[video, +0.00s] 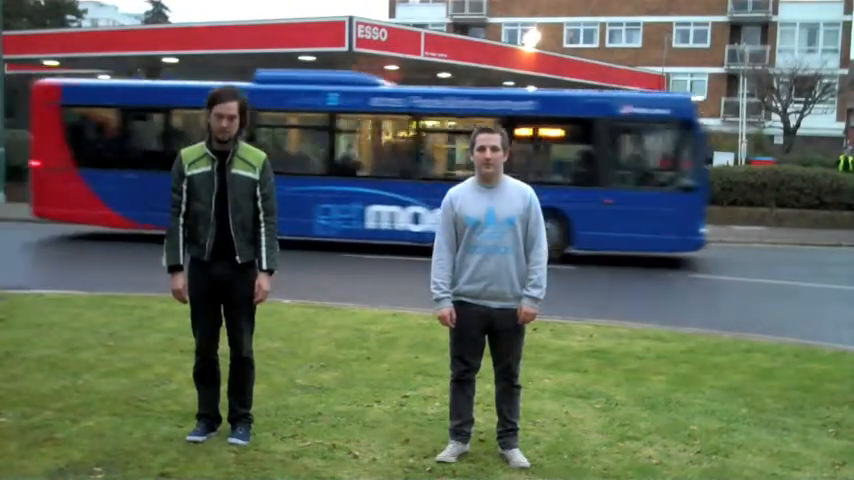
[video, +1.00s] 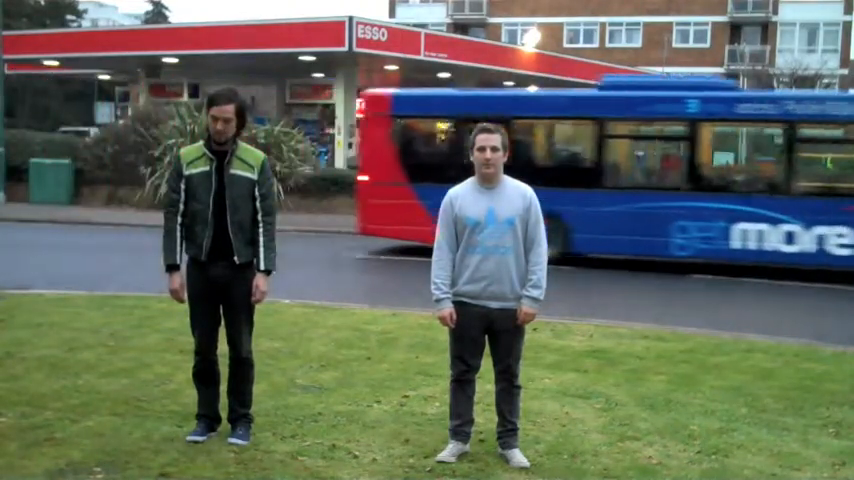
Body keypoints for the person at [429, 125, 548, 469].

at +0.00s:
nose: (487, 155)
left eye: (494, 149)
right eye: (481, 149)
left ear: (505, 155)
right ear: (472, 155)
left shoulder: (524, 195)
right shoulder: (456, 197)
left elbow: (538, 249)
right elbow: (443, 251)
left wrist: (532, 297)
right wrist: (442, 298)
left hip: (510, 305)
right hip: (466, 303)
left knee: (509, 378)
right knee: (462, 376)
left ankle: (509, 444)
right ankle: (458, 440)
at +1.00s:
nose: (487, 155)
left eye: (494, 150)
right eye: (481, 149)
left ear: (504, 155)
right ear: (472, 154)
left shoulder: (524, 196)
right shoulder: (455, 197)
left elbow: (538, 250)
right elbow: (442, 251)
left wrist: (532, 297)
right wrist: (442, 299)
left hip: (510, 305)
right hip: (466, 304)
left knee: (509, 378)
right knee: (462, 376)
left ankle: (509, 444)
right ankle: (458, 440)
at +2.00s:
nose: (487, 162)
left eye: (494, 157)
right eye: (481, 156)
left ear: (505, 164)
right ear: (472, 163)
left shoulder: (527, 204)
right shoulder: (456, 204)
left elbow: (548, 256)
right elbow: (440, 255)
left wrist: (548, 296)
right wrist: (431, 296)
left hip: (515, 307)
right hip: (471, 304)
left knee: (513, 380)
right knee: (457, 370)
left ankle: (508, 444)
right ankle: (453, 438)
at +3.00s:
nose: (497, 193)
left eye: (502, 187)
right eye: (489, 187)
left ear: (508, 192)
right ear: (476, 195)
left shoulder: (531, 228)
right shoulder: (460, 230)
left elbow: (549, 274)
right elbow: (454, 270)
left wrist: (550, 313)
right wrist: (463, 287)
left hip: (526, 316)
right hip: (484, 314)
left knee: (518, 380)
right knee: (470, 373)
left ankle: (507, 444)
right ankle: (463, 441)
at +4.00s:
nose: (478, 179)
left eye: (484, 174)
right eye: (481, 173)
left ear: (503, 182)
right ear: (500, 181)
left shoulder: (544, 217)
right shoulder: (481, 215)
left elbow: (572, 255)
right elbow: (478, 259)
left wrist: (557, 279)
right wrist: (465, 280)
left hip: (532, 318)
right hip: (491, 311)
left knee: (521, 383)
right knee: (448, 360)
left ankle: (508, 445)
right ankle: (458, 436)